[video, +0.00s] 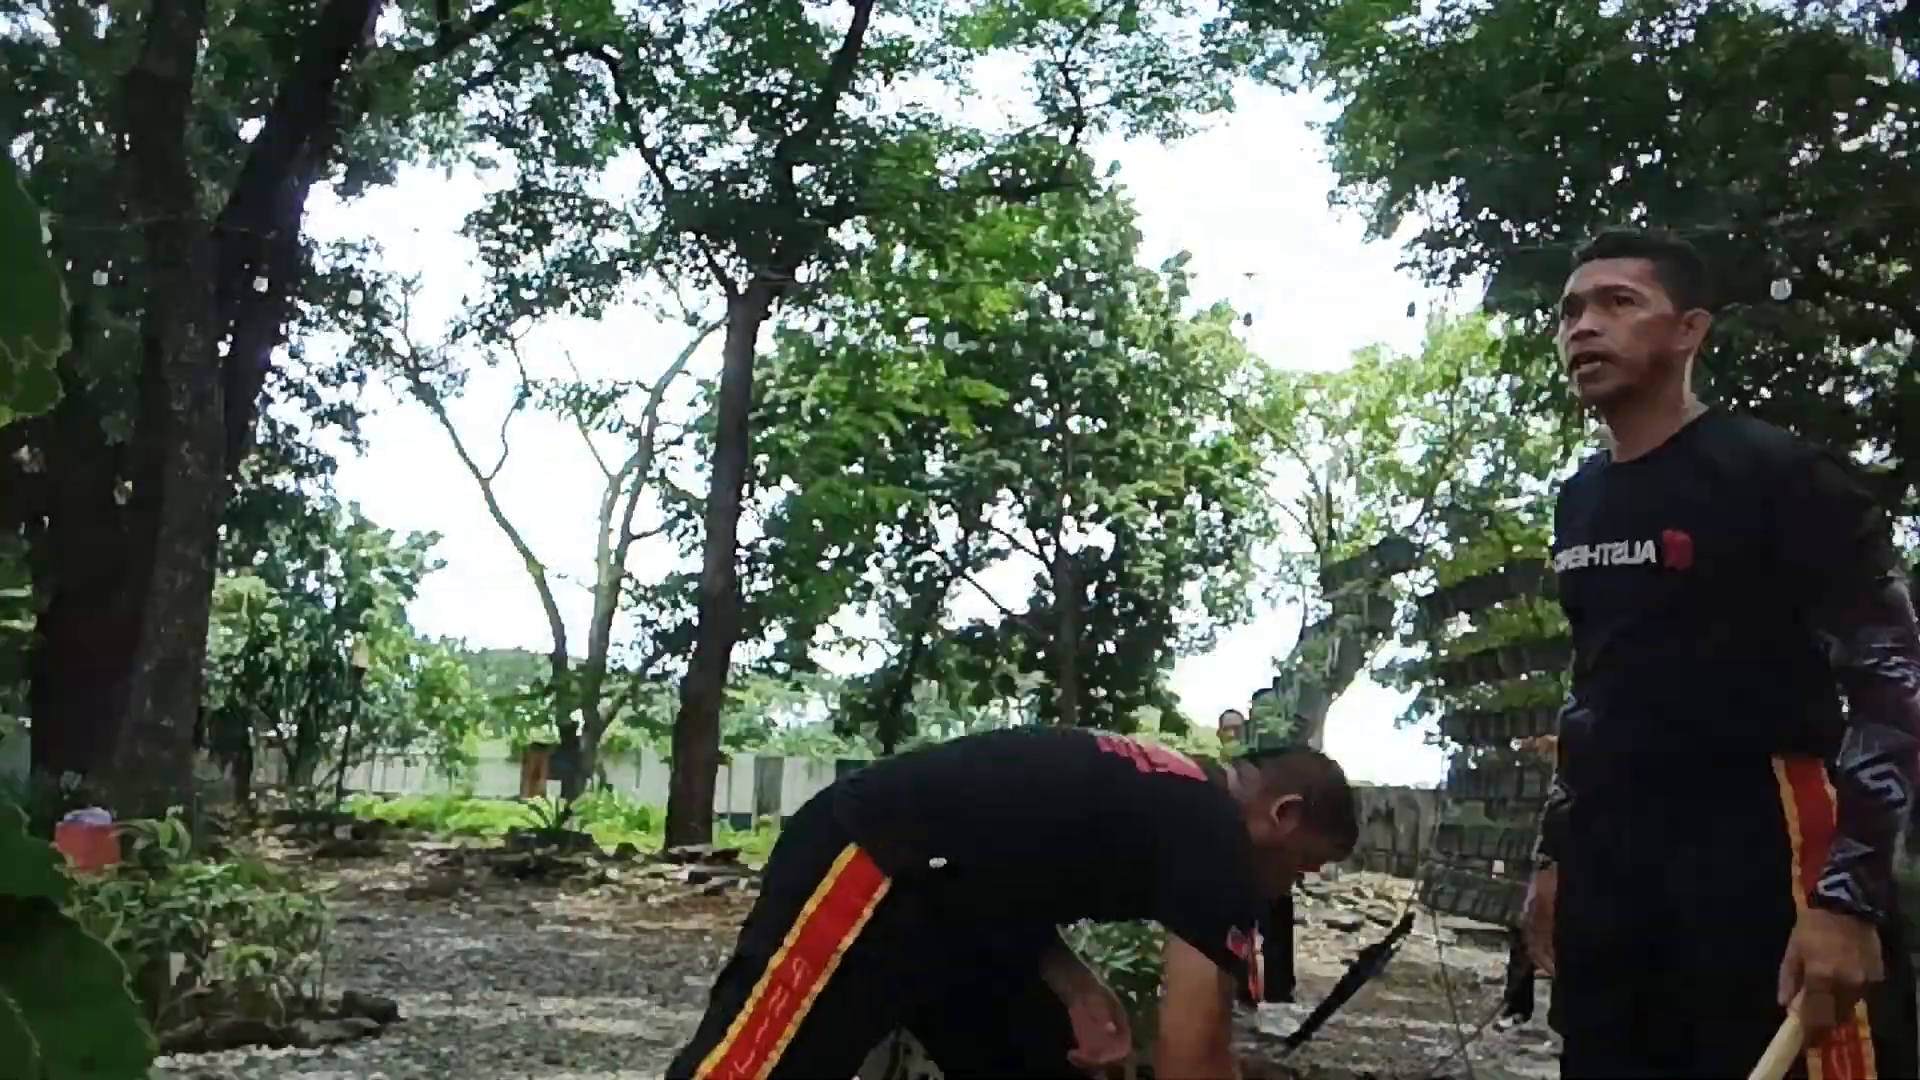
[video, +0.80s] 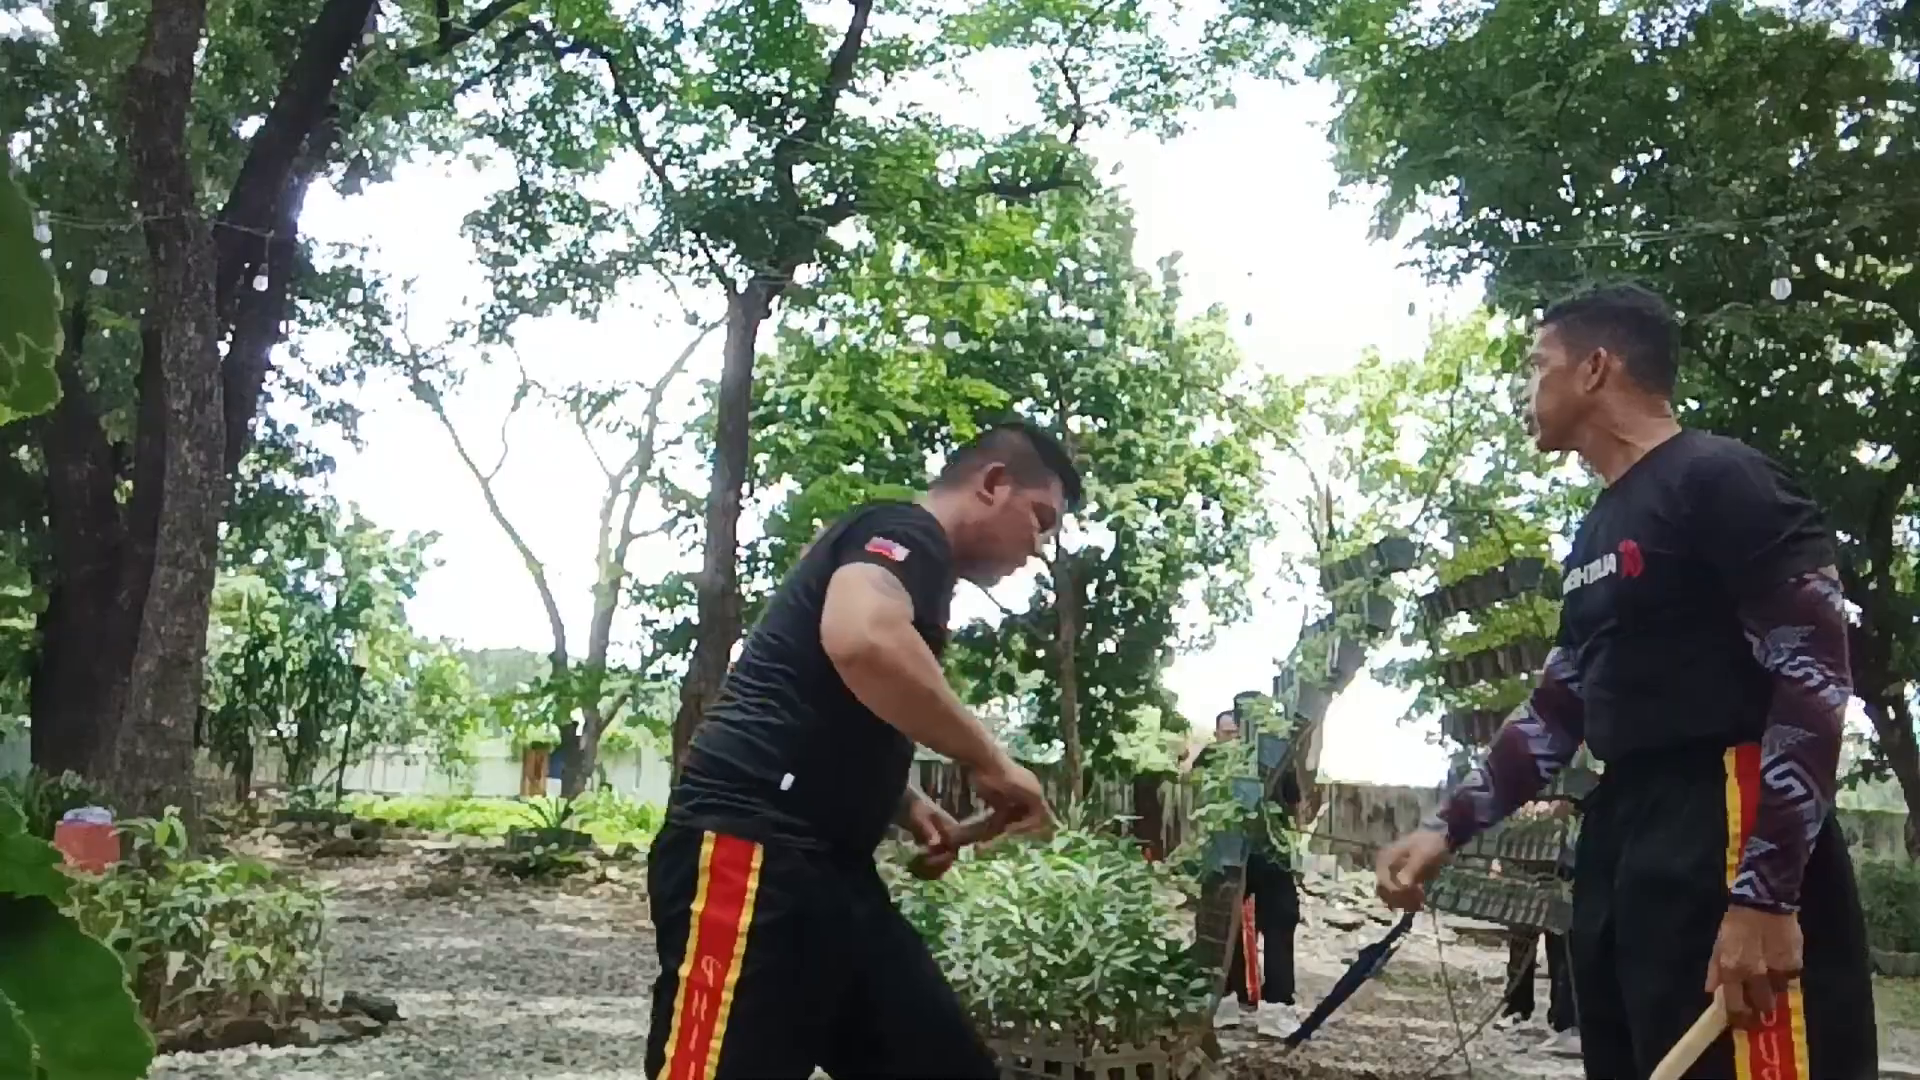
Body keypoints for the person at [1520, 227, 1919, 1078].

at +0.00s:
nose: (1580, 324)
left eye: (1615, 302)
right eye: (1570, 309)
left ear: (1689, 330)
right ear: (1561, 340)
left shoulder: (1785, 477)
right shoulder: (1581, 501)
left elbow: (1892, 678)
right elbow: (1596, 690)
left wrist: (1849, 893)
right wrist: (1556, 853)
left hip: (1752, 866)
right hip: (1611, 867)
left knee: (1749, 1063)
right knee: (1605, 1062)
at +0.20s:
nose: (1575, 331)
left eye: (1606, 308)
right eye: (1571, 315)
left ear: (1690, 326)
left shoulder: (1782, 469)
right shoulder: (1607, 506)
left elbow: (1883, 688)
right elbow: (1637, 690)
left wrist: (1876, 903)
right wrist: (1567, 747)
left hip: (1756, 840)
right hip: (1623, 845)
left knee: (1752, 1057)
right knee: (1616, 1057)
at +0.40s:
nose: (1549, 366)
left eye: (1564, 338)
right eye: (1553, 343)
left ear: (1638, 339)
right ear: (1629, 345)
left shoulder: (1763, 469)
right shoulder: (1601, 517)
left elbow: (1862, 688)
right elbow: (1640, 699)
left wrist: (1850, 895)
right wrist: (1568, 675)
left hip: (1733, 820)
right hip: (1612, 819)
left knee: (1743, 1054)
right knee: (1609, 1054)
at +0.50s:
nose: (1532, 386)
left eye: (1545, 355)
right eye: (1534, 361)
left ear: (1610, 357)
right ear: (1608, 361)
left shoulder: (1735, 470)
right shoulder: (1593, 529)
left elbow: (1838, 670)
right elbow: (1587, 709)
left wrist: (1827, 895)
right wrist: (1497, 604)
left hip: (1731, 813)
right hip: (1618, 814)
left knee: (1721, 1053)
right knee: (1603, 1047)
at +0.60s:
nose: (1521, 394)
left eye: (1532, 368)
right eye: (1522, 373)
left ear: (1592, 369)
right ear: (1590, 375)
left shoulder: (1720, 474)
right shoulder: (1584, 541)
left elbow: (1830, 667)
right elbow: (1544, 704)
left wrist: (1807, 887)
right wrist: (1446, 590)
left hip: (1737, 810)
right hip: (1627, 816)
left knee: (1719, 1053)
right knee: (1613, 1050)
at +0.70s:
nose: (1520, 399)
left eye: (1529, 372)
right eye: (1522, 376)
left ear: (1591, 371)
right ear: (1591, 375)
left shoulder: (1717, 475)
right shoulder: (1591, 536)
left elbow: (1824, 670)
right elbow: (1540, 704)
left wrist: (1784, 891)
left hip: (1738, 818)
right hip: (1632, 820)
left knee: (1733, 1058)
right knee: (1626, 1053)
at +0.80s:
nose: (1527, 392)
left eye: (1539, 366)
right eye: (1530, 369)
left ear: (1596, 370)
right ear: (1595, 375)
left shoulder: (1719, 477)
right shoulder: (1594, 532)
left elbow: (1814, 679)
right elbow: (1558, 710)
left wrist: (1767, 892)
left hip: (1726, 811)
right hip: (1623, 823)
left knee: (1725, 1056)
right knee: (1622, 1055)